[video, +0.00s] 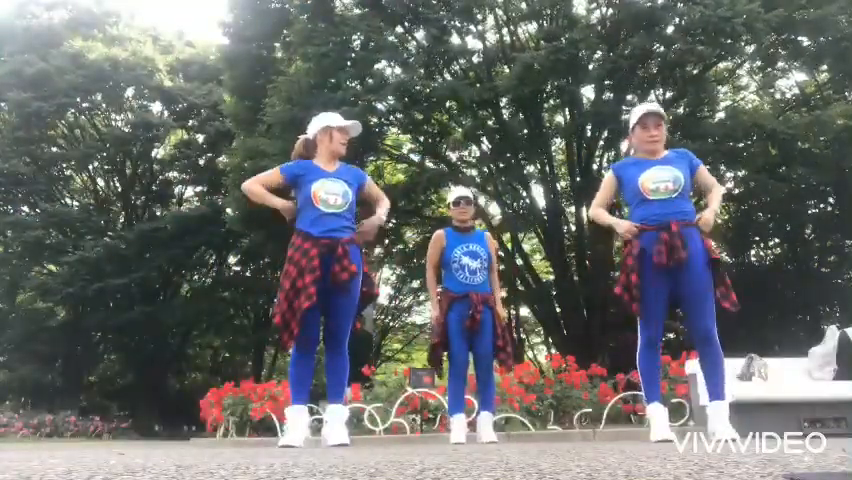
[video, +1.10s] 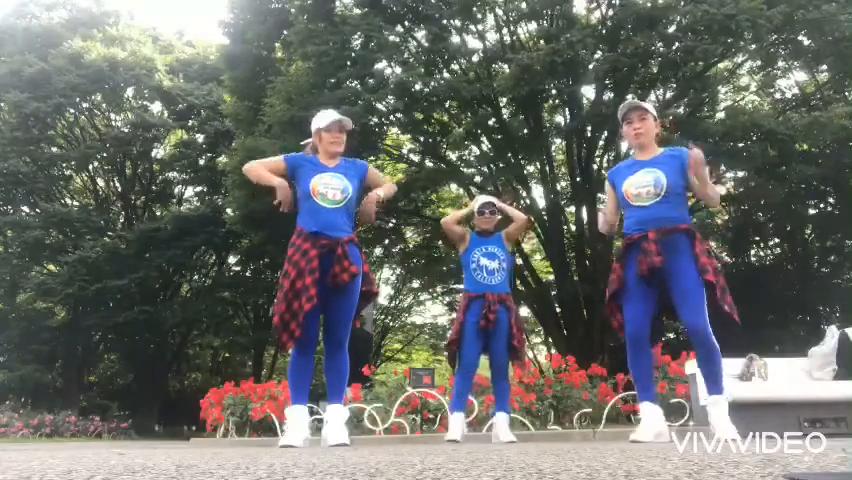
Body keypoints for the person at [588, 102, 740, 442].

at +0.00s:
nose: (652, 131)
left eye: (657, 125)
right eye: (645, 126)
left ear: (666, 130)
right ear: (632, 133)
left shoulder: (683, 157)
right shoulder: (620, 168)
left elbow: (713, 187)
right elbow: (595, 210)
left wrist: (711, 210)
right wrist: (615, 222)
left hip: (689, 240)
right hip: (648, 244)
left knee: (706, 331)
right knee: (651, 334)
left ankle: (719, 414)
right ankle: (656, 413)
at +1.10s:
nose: (636, 125)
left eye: (642, 119)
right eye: (629, 122)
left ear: (657, 125)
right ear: (623, 133)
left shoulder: (682, 156)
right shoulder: (617, 174)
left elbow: (712, 199)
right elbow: (607, 226)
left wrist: (701, 173)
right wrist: (602, 212)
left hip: (676, 242)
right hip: (636, 250)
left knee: (697, 326)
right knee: (634, 332)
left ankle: (718, 409)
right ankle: (650, 417)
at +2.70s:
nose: (611, 180)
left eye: (616, 174)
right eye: (605, 175)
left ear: (624, 176)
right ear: (595, 176)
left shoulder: (636, 199)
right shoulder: (585, 210)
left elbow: (658, 234)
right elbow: (583, 252)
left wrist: (674, 269)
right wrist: (586, 286)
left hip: (640, 272)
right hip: (607, 279)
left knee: (651, 331)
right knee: (619, 349)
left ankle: (669, 399)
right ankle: (634, 419)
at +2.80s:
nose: (624, 177)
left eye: (628, 171)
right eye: (618, 171)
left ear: (635, 171)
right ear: (603, 171)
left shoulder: (647, 198)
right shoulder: (587, 206)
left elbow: (667, 237)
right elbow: (579, 248)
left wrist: (682, 270)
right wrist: (581, 286)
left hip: (648, 276)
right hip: (611, 280)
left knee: (661, 342)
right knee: (621, 351)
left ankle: (672, 411)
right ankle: (633, 419)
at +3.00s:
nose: (636, 156)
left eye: (641, 150)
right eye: (629, 150)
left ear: (648, 151)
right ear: (615, 152)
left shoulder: (662, 182)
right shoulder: (598, 189)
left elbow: (678, 226)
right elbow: (587, 235)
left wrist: (693, 266)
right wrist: (590, 274)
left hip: (663, 264)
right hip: (622, 268)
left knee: (671, 340)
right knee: (620, 347)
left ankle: (674, 413)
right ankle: (628, 402)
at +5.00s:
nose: (643, 114)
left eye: (650, 108)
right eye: (635, 111)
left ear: (664, 115)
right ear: (628, 123)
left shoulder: (678, 137)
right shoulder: (626, 165)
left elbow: (694, 173)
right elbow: (628, 211)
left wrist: (657, 215)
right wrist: (633, 235)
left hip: (701, 240)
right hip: (661, 250)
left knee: (741, 313)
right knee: (638, 314)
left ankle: (771, 402)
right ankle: (645, 405)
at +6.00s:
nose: (617, 113)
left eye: (624, 108)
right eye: (611, 108)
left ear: (636, 115)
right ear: (602, 114)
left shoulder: (645, 145)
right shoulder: (591, 134)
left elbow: (664, 185)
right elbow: (589, 161)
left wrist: (642, 172)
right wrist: (632, 175)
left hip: (634, 234)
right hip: (594, 234)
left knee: (650, 302)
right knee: (581, 319)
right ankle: (571, 406)